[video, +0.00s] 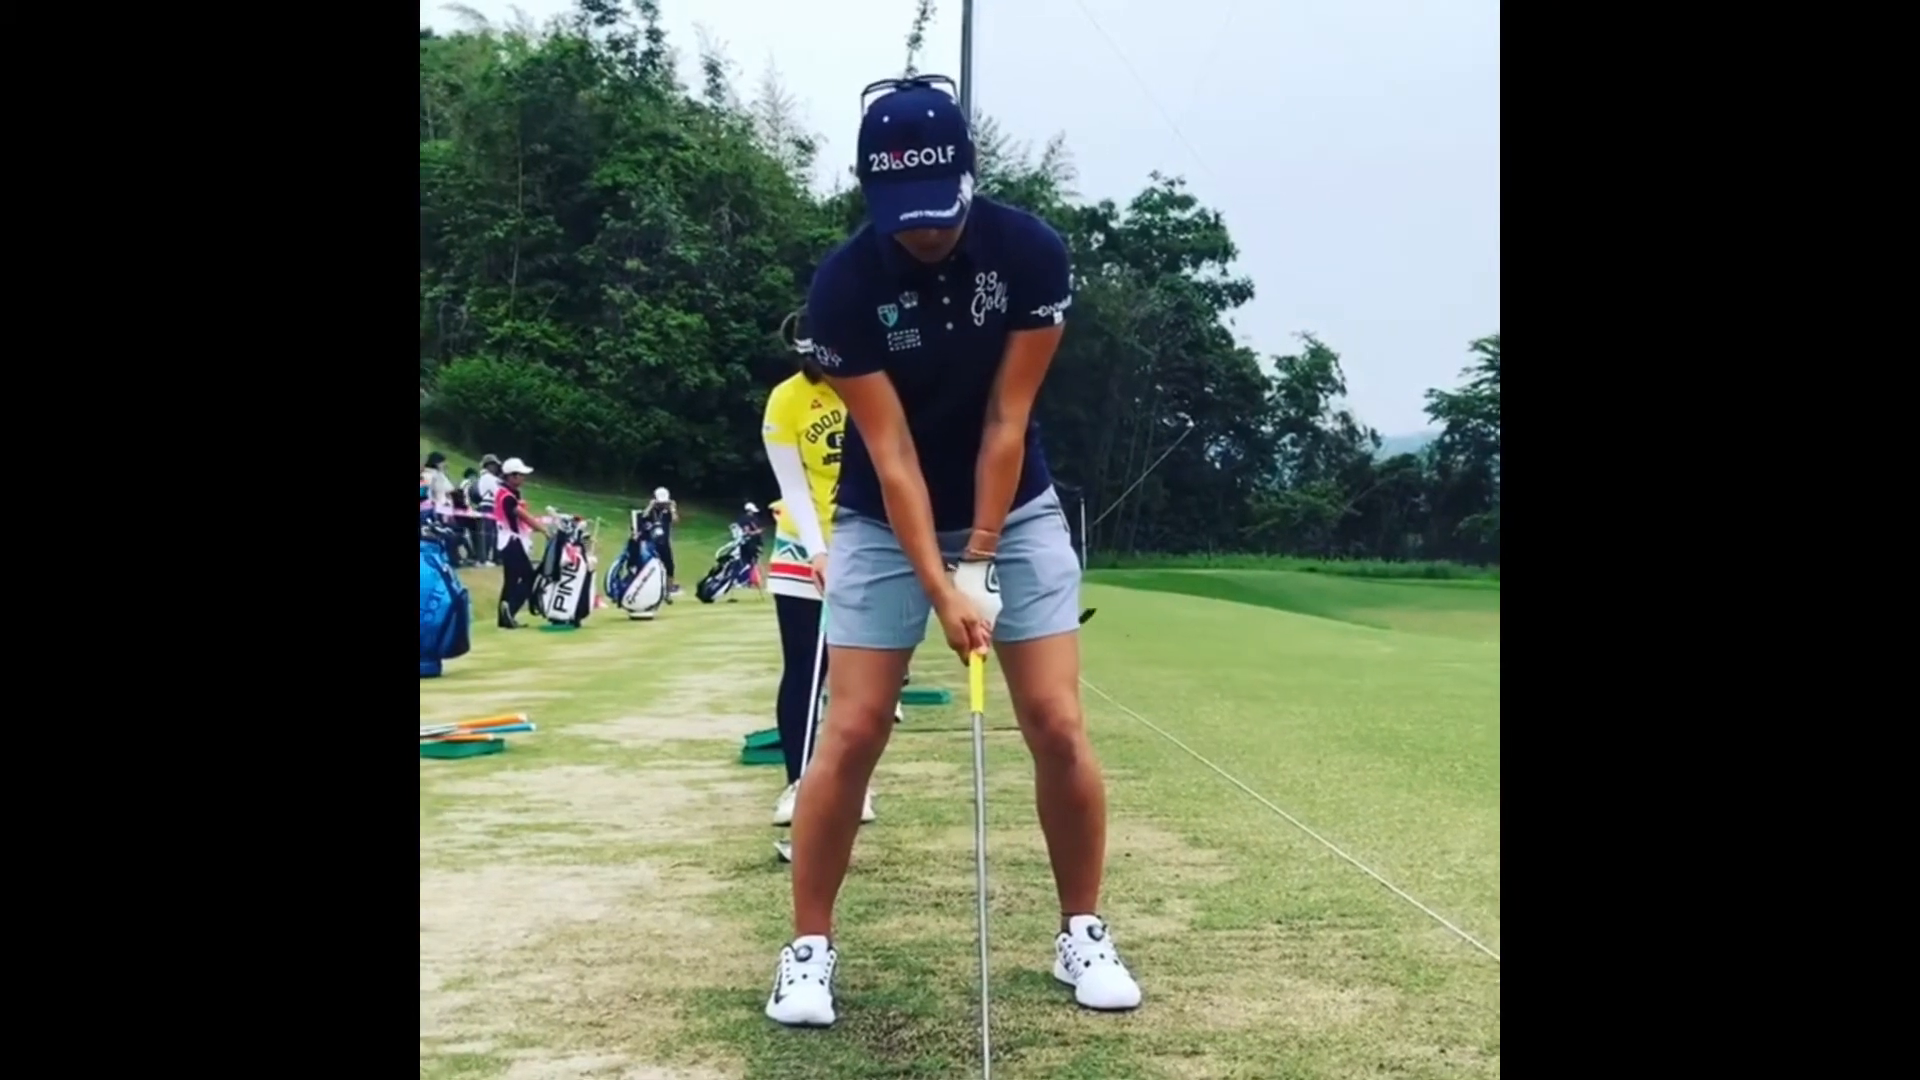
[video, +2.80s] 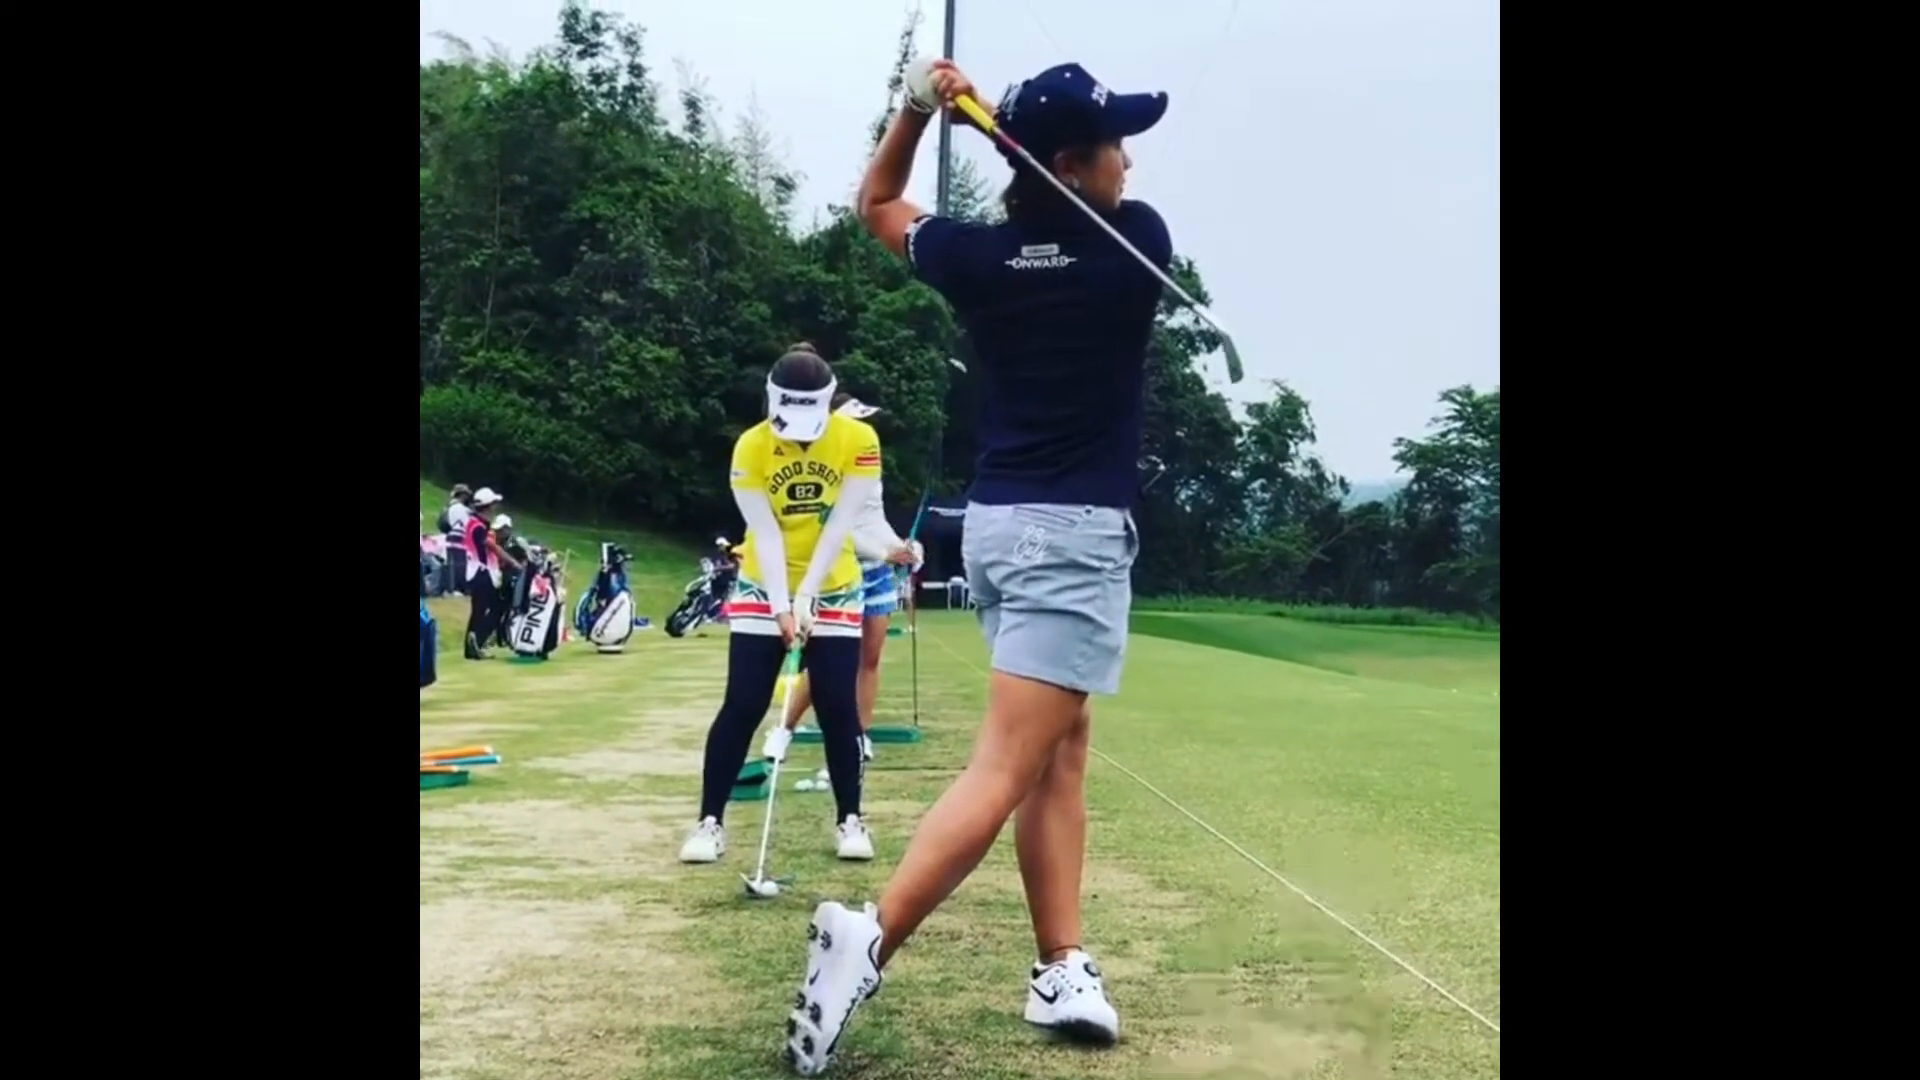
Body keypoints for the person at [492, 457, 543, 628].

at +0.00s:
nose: (523, 479)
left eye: (523, 476)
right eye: (520, 476)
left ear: (512, 478)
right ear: (511, 477)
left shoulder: (507, 493)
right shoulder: (507, 497)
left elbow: (523, 515)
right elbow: (525, 517)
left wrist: (540, 524)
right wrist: (543, 529)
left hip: (508, 538)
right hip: (511, 540)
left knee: (511, 578)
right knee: (528, 575)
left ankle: (504, 616)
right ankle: (510, 608)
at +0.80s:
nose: (544, 488)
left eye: (544, 484)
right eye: (541, 484)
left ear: (533, 486)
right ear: (531, 485)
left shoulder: (527, 502)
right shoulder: (527, 506)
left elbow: (543, 524)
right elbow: (544, 525)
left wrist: (560, 531)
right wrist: (562, 536)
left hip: (531, 548)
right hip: (530, 549)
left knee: (530, 586)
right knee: (548, 583)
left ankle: (524, 623)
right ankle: (529, 618)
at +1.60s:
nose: (526, 497)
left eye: (526, 493)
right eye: (523, 494)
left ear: (512, 495)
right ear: (515, 495)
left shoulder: (507, 512)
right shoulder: (509, 516)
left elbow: (523, 534)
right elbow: (525, 537)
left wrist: (540, 542)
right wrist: (544, 548)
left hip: (508, 557)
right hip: (511, 559)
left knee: (510, 597)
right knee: (528, 594)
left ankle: (504, 635)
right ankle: (510, 626)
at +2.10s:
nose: (503, 501)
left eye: (503, 498)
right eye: (501, 498)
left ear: (487, 498)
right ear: (494, 499)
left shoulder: (482, 516)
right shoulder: (486, 520)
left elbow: (500, 539)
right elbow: (502, 541)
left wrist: (517, 549)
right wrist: (521, 552)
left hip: (483, 560)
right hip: (488, 563)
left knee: (486, 601)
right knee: (504, 599)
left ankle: (479, 639)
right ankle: (485, 631)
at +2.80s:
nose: (495, 508)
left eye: (495, 505)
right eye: (493, 505)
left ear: (479, 506)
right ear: (486, 507)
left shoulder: (472, 523)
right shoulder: (479, 527)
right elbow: (495, 549)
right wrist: (515, 564)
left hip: (475, 568)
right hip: (483, 571)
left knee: (479, 608)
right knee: (497, 606)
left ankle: (472, 644)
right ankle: (478, 638)